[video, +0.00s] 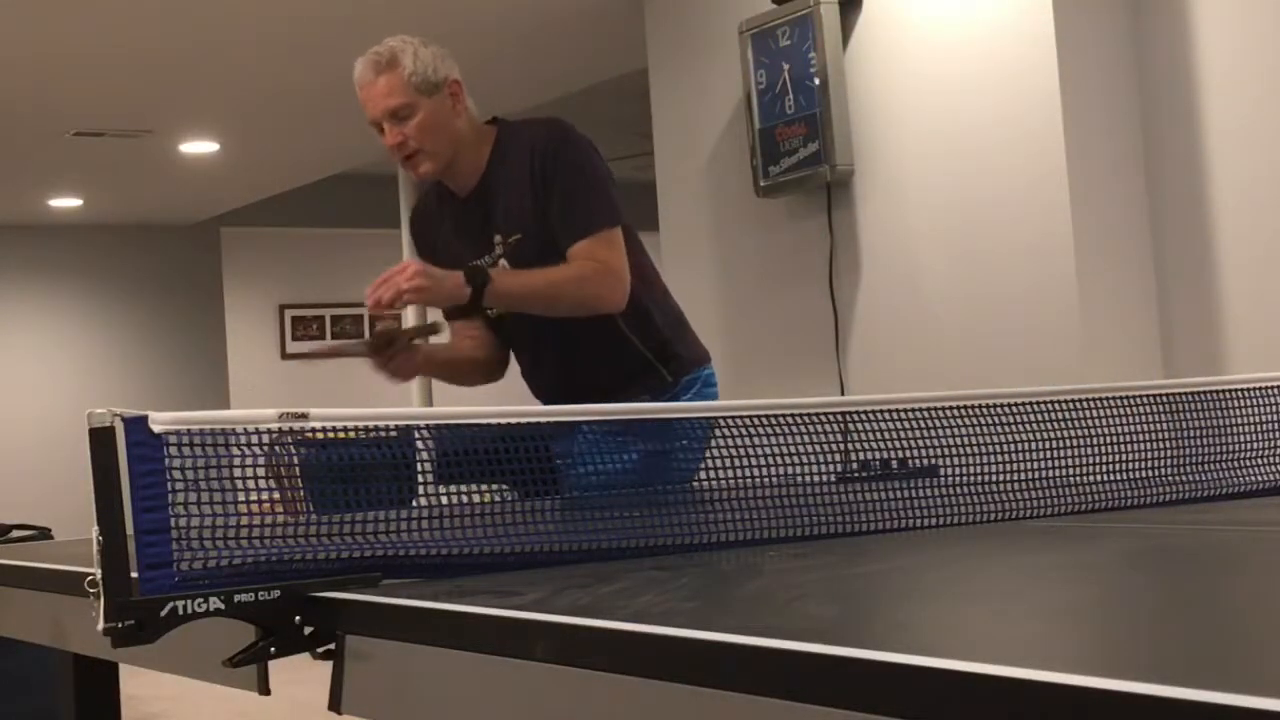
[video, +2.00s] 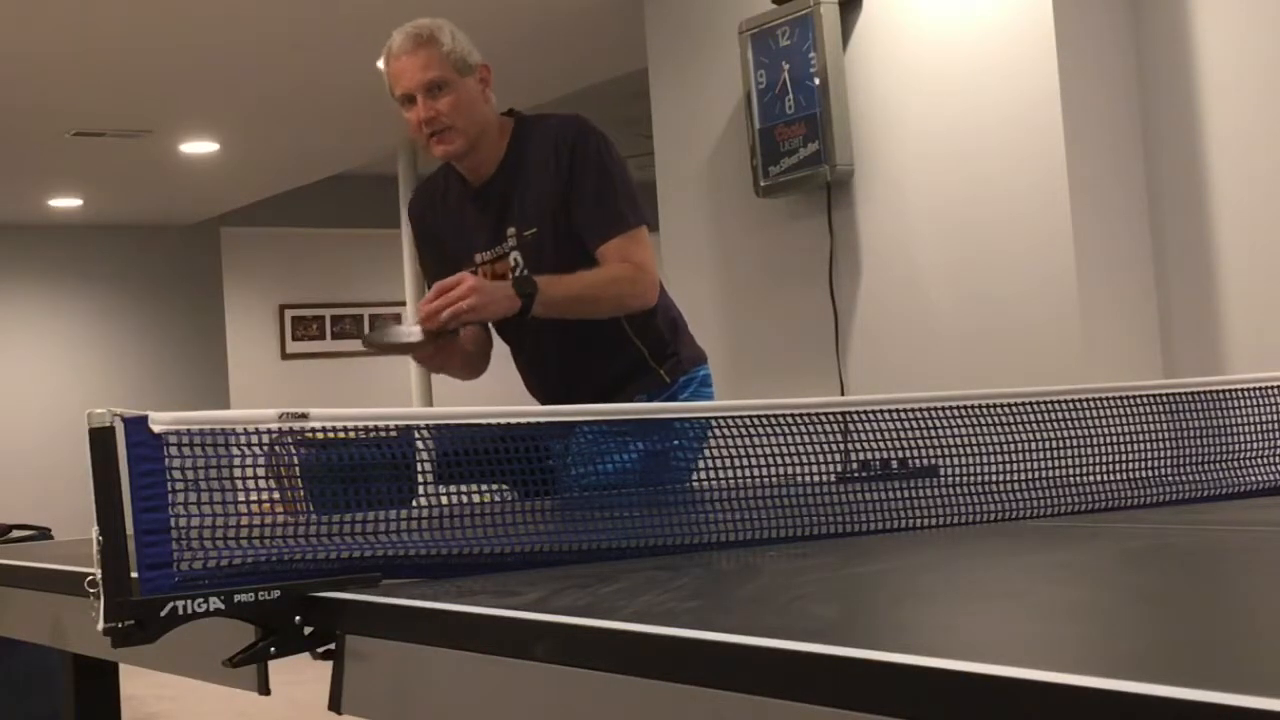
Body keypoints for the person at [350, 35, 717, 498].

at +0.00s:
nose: (392, 141)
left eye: (402, 115)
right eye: (380, 128)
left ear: (454, 96)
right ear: (375, 133)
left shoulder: (552, 149)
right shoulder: (432, 218)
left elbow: (606, 285)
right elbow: (486, 357)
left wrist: (465, 284)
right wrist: (421, 358)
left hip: (667, 394)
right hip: (578, 413)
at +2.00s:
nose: (425, 113)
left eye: (438, 90)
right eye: (409, 101)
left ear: (482, 81)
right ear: (400, 113)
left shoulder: (572, 145)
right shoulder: (431, 207)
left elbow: (639, 283)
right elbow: (473, 357)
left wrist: (517, 295)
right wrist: (443, 354)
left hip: (663, 394)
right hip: (573, 414)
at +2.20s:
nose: (410, 128)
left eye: (420, 103)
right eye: (400, 112)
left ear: (476, 82)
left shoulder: (577, 146)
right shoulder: (444, 197)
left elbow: (637, 290)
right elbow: (454, 341)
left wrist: (514, 296)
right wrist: (392, 345)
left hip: (663, 395)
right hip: (576, 413)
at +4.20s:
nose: (430, 123)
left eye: (440, 98)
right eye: (415, 110)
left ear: (488, 81)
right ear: (408, 115)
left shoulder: (579, 148)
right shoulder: (447, 192)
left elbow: (622, 299)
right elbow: (472, 346)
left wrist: (489, 295)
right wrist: (429, 320)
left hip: (667, 391)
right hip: (580, 409)